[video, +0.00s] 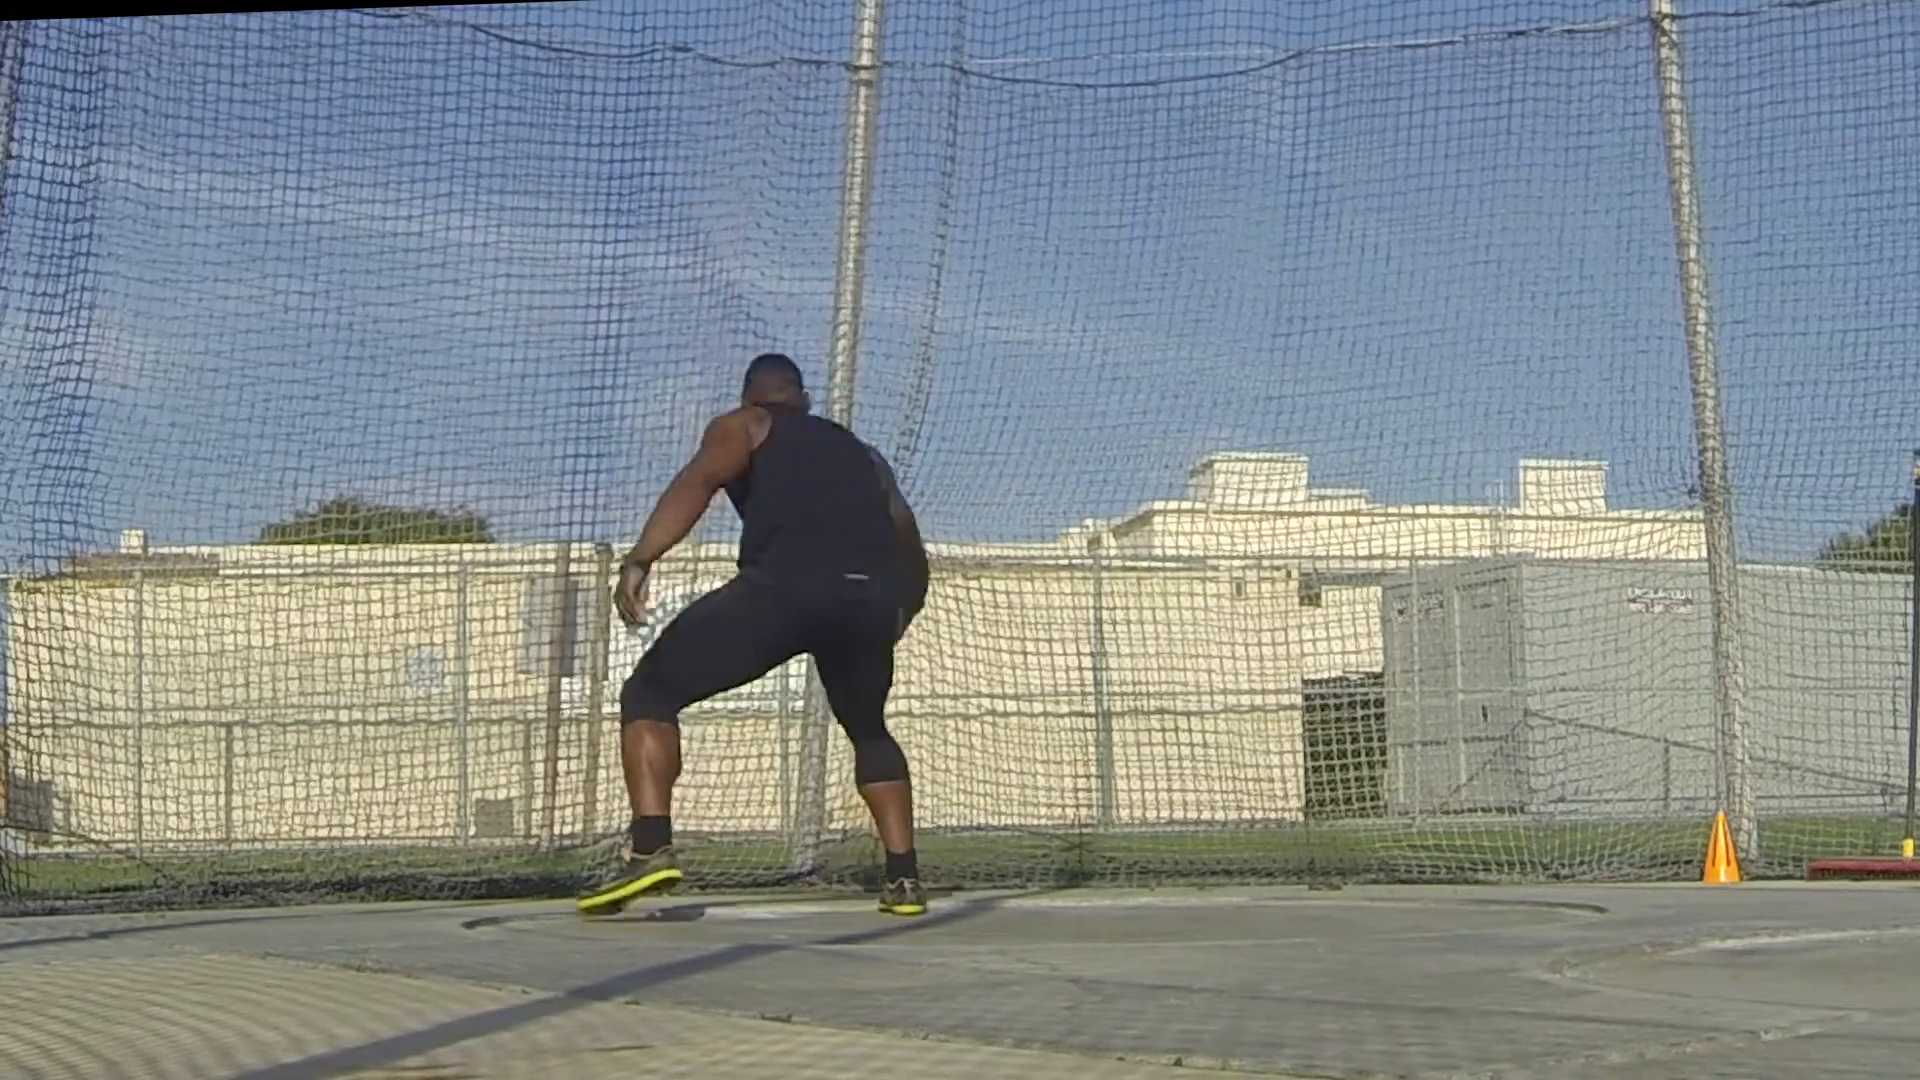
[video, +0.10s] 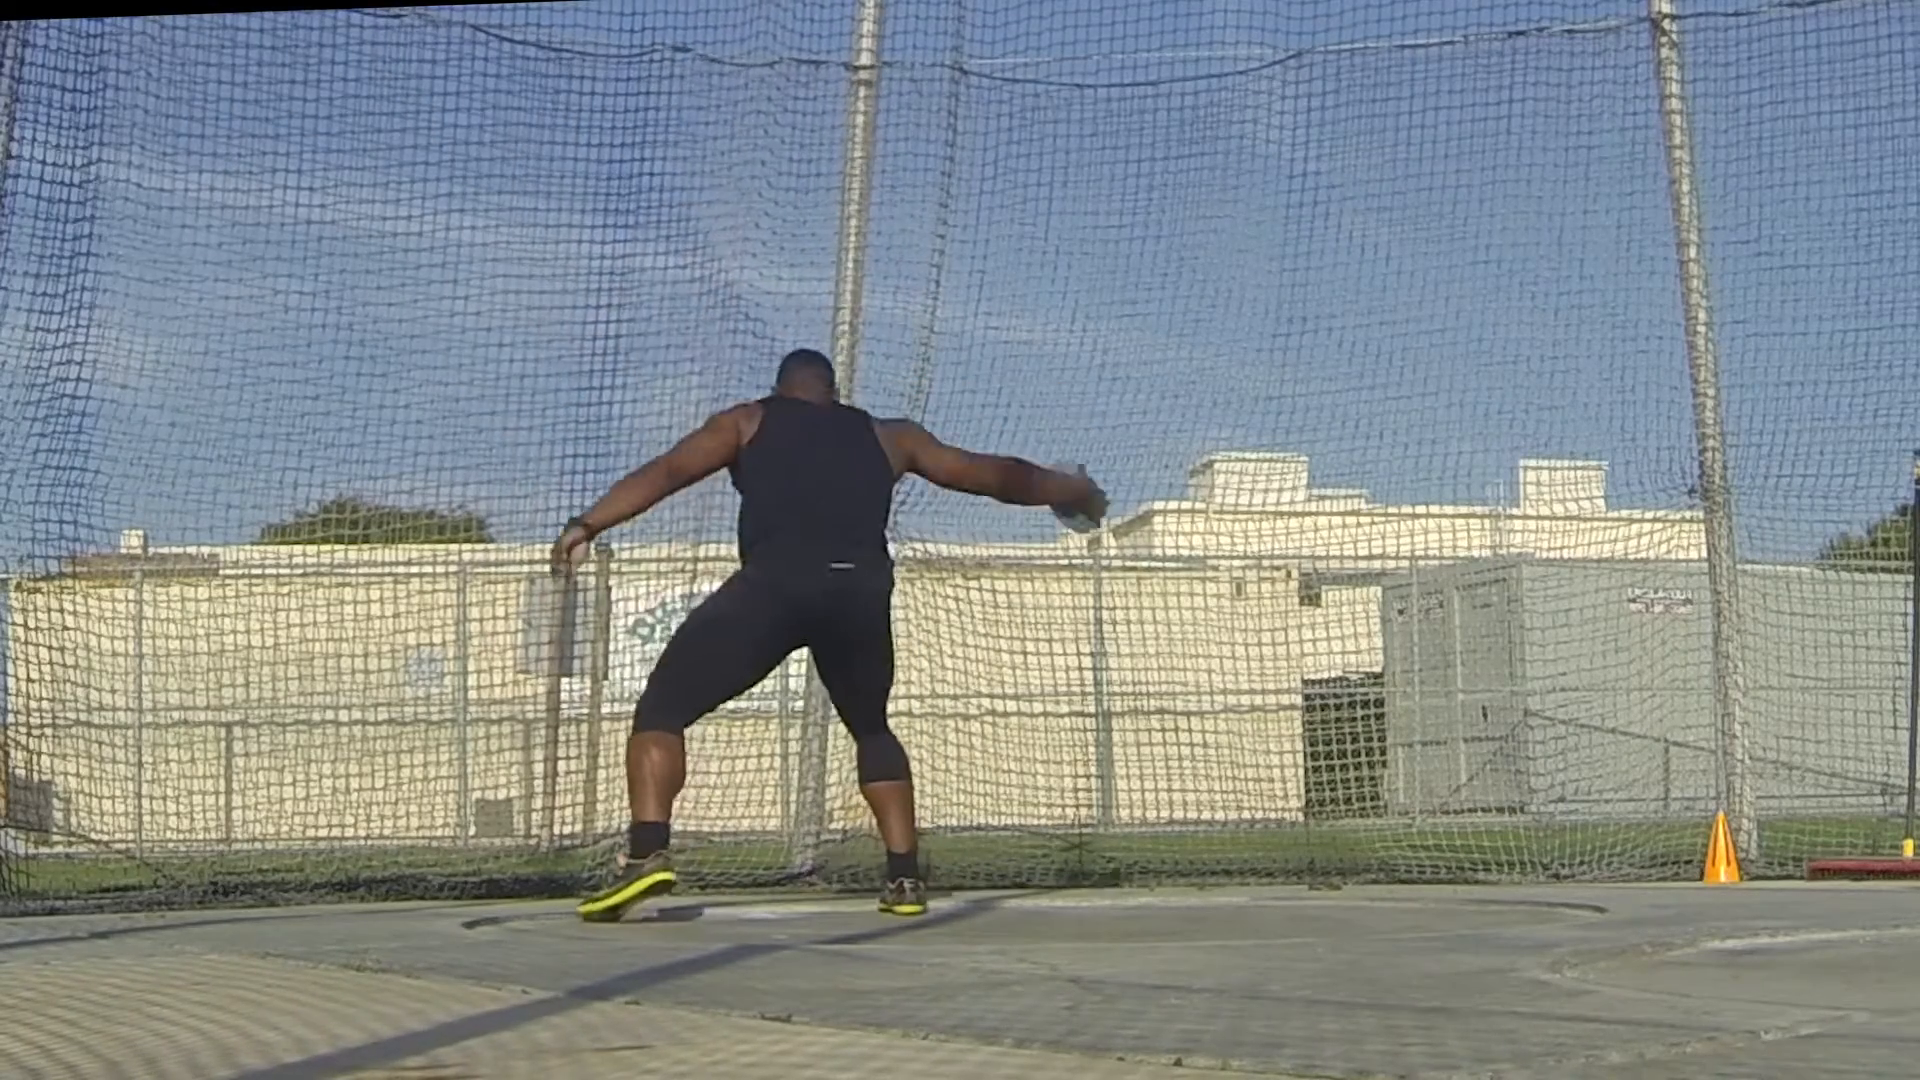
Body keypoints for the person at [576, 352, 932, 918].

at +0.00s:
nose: (747, 416)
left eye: (746, 408)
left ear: (750, 402)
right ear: (805, 401)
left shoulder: (743, 424)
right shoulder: (863, 453)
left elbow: (701, 480)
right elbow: (913, 554)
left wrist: (639, 559)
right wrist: (899, 611)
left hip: (783, 587)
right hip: (873, 599)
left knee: (649, 693)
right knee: (869, 728)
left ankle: (650, 852)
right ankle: (904, 877)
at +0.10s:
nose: (785, 395)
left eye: (778, 390)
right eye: (801, 388)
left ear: (776, 392)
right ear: (836, 394)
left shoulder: (748, 422)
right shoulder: (888, 434)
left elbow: (665, 473)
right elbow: (997, 476)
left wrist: (585, 526)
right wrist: (1073, 491)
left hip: (769, 588)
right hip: (860, 592)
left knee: (662, 710)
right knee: (871, 724)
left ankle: (647, 855)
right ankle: (906, 878)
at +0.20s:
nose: (846, 382)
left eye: (832, 375)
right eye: (854, 377)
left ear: (806, 382)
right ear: (863, 381)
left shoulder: (760, 414)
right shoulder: (895, 405)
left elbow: (653, 460)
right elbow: (1009, 399)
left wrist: (555, 500)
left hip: (771, 578)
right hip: (860, 582)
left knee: (674, 715)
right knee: (874, 723)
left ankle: (645, 850)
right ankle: (904, 877)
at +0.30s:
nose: (896, 376)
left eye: (884, 368)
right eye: (893, 366)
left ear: (834, 362)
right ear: (882, 363)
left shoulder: (776, 411)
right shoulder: (892, 378)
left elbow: (682, 455)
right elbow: (963, 347)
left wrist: (598, 493)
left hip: (773, 568)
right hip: (860, 573)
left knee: (691, 710)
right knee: (880, 718)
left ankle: (642, 844)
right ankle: (904, 877)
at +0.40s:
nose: (915, 356)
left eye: (914, 349)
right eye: (909, 353)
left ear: (843, 359)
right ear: (896, 354)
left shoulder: (802, 409)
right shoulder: (889, 383)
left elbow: (749, 458)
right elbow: (887, 332)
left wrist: (720, 496)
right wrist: (888, 296)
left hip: (773, 553)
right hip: (855, 558)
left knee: (704, 706)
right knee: (884, 710)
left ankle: (640, 837)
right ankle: (906, 876)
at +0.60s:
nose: (938, 375)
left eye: (941, 365)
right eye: (938, 361)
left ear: (899, 345)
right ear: (918, 345)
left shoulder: (867, 419)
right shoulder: (870, 342)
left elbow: (925, 478)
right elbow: (795, 345)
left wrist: (996, 489)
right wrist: (731, 343)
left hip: (766, 535)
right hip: (847, 551)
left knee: (708, 698)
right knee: (883, 711)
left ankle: (615, 827)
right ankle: (908, 876)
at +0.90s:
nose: (918, 384)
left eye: (919, 374)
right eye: (916, 370)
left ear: (872, 357)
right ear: (895, 357)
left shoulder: (842, 430)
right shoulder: (865, 356)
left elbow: (905, 498)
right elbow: (801, 375)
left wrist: (996, 506)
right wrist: (745, 387)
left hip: (748, 552)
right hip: (831, 562)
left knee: (683, 716)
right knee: (875, 716)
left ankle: (609, 853)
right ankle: (901, 877)